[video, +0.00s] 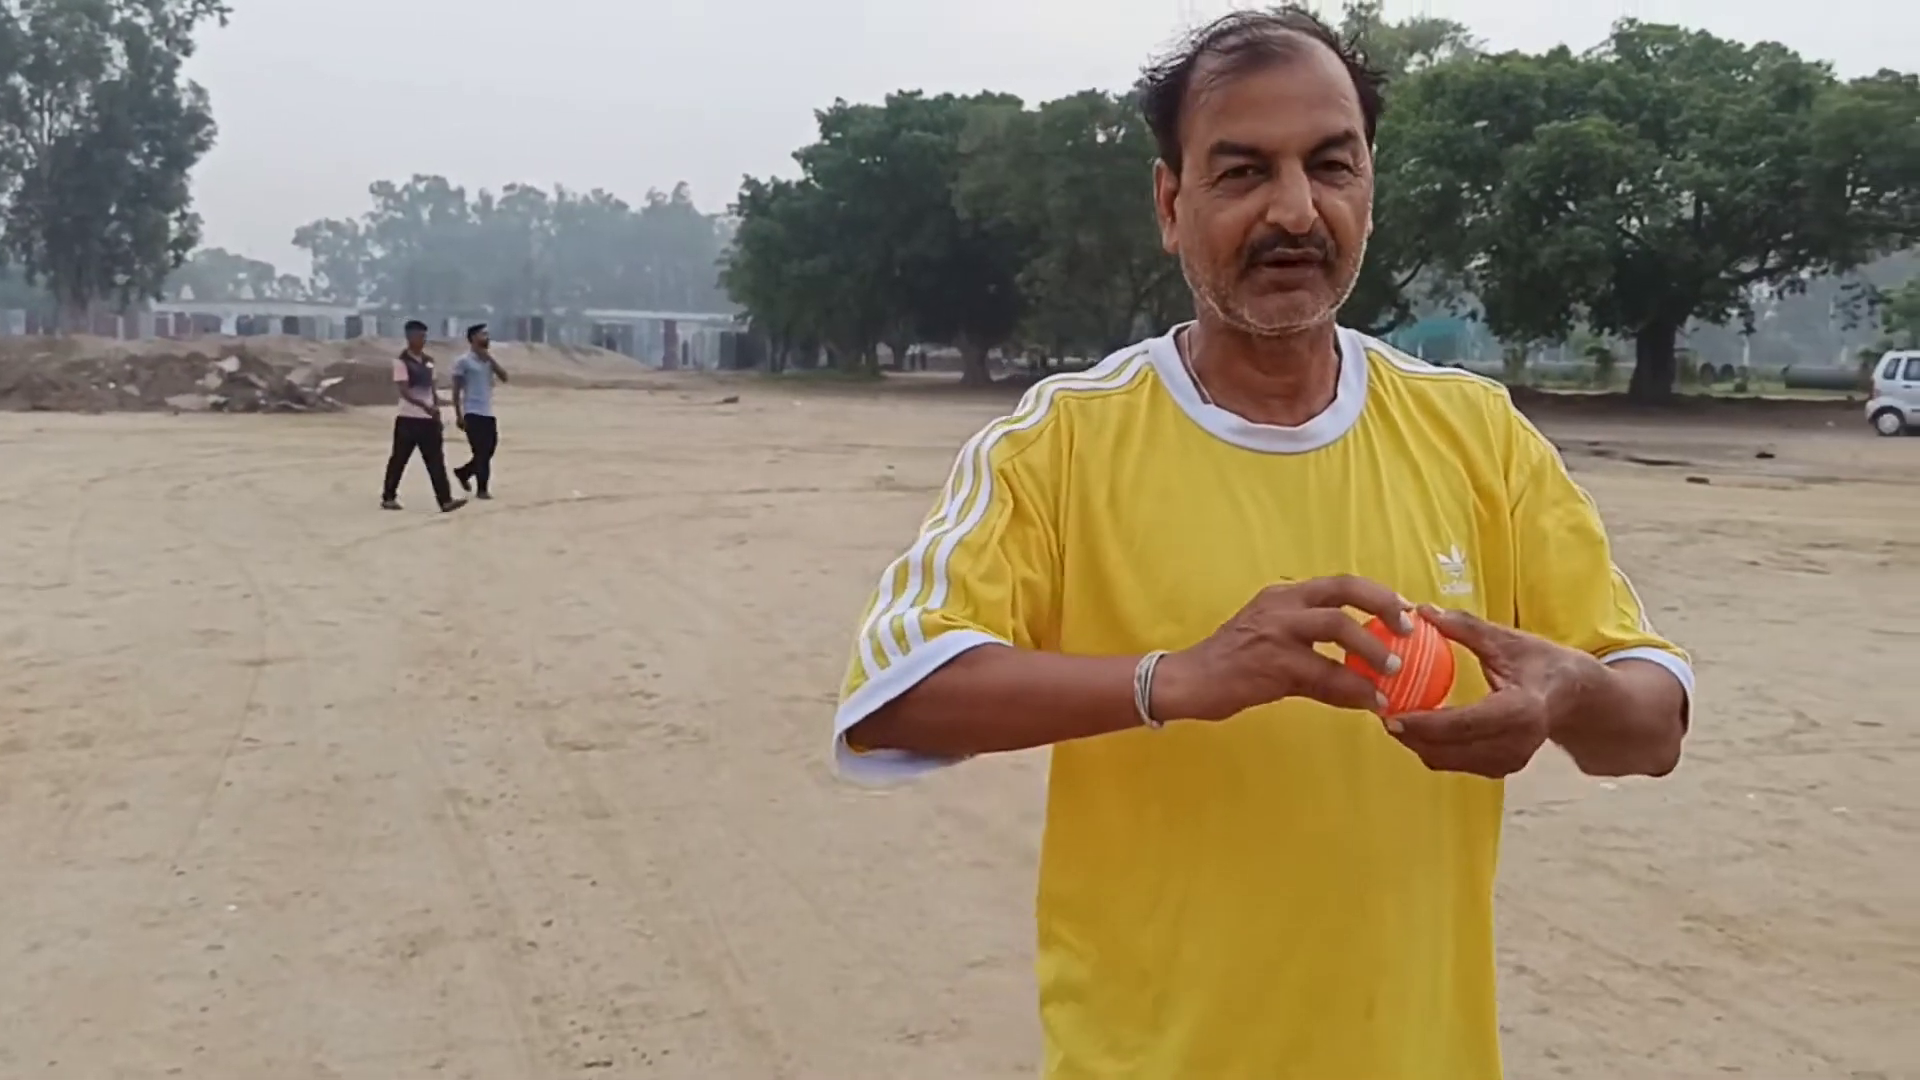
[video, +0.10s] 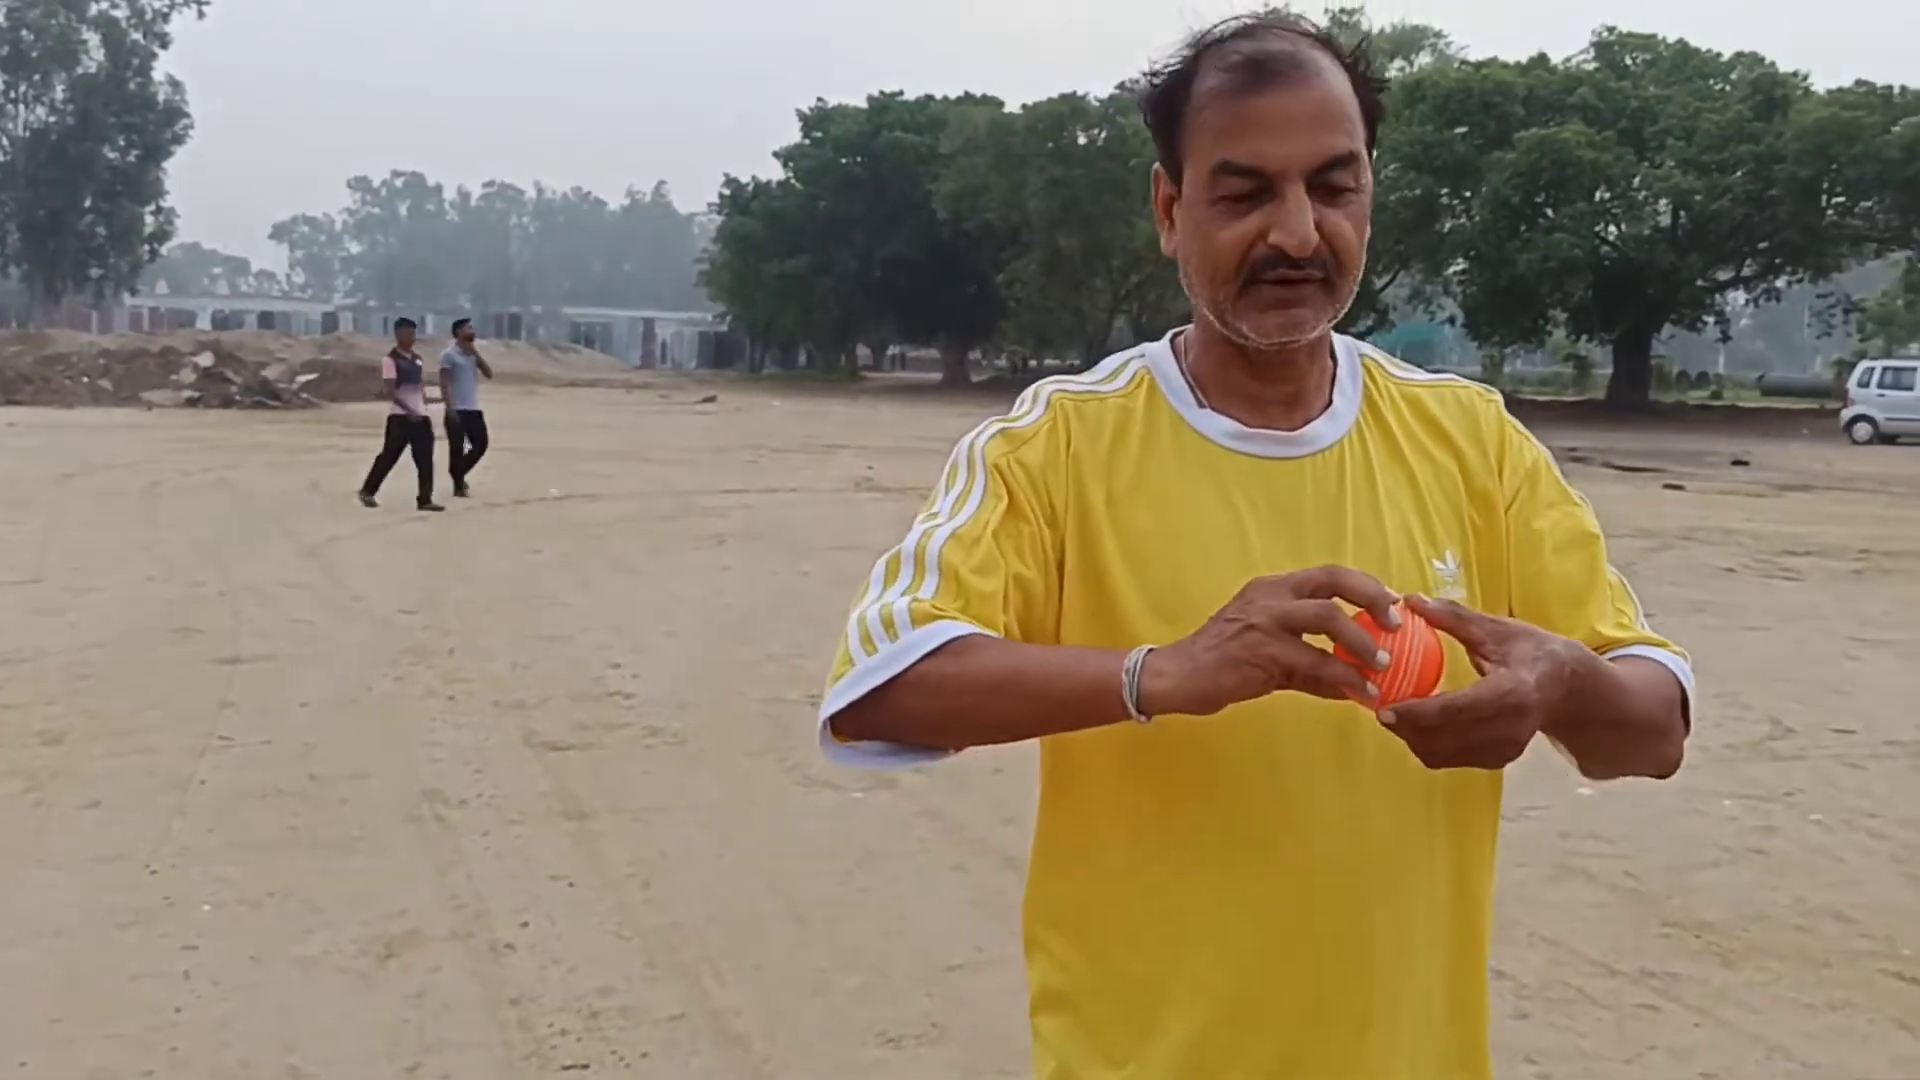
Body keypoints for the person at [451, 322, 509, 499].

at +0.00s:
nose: (487, 338)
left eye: (487, 334)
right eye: (483, 335)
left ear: (486, 338)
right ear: (473, 338)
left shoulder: (487, 360)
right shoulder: (463, 362)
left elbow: (504, 377)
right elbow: (456, 391)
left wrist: (489, 358)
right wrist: (459, 415)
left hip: (488, 412)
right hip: (472, 412)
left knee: (488, 450)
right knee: (481, 452)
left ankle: (465, 471)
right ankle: (482, 488)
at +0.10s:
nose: (472, 332)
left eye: (472, 328)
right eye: (468, 329)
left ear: (471, 332)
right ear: (458, 333)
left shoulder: (472, 353)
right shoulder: (448, 356)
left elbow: (488, 374)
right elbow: (444, 384)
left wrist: (475, 354)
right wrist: (449, 408)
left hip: (473, 408)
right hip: (455, 409)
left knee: (480, 444)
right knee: (456, 449)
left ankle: (459, 471)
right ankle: (458, 485)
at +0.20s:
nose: (462, 331)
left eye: (462, 327)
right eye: (458, 328)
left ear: (461, 330)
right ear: (447, 331)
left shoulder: (461, 351)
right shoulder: (438, 353)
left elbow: (477, 373)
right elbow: (434, 381)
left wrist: (466, 353)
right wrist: (444, 402)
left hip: (462, 407)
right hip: (444, 408)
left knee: (473, 445)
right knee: (441, 450)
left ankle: (462, 480)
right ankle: (440, 485)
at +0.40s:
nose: (457, 348)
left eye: (457, 344)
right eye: (452, 345)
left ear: (457, 347)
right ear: (442, 349)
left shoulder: (456, 370)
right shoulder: (434, 371)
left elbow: (472, 390)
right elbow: (430, 398)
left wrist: (461, 370)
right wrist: (447, 415)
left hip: (456, 427)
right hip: (438, 427)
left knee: (463, 467)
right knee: (427, 466)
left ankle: (469, 502)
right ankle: (418, 497)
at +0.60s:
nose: (460, 359)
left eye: (460, 355)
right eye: (456, 355)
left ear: (460, 359)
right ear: (445, 358)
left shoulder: (457, 380)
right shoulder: (434, 380)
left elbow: (473, 402)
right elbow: (427, 410)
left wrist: (462, 381)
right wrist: (432, 436)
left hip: (459, 437)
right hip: (442, 437)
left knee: (460, 479)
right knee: (442, 476)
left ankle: (453, 516)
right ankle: (417, 502)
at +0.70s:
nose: (452, 366)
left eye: (452, 362)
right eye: (448, 362)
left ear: (451, 366)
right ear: (437, 366)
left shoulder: (450, 388)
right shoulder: (426, 388)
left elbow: (466, 410)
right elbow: (415, 417)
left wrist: (454, 389)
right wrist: (419, 443)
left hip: (449, 443)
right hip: (432, 443)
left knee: (445, 487)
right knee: (439, 484)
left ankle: (438, 524)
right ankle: (426, 516)